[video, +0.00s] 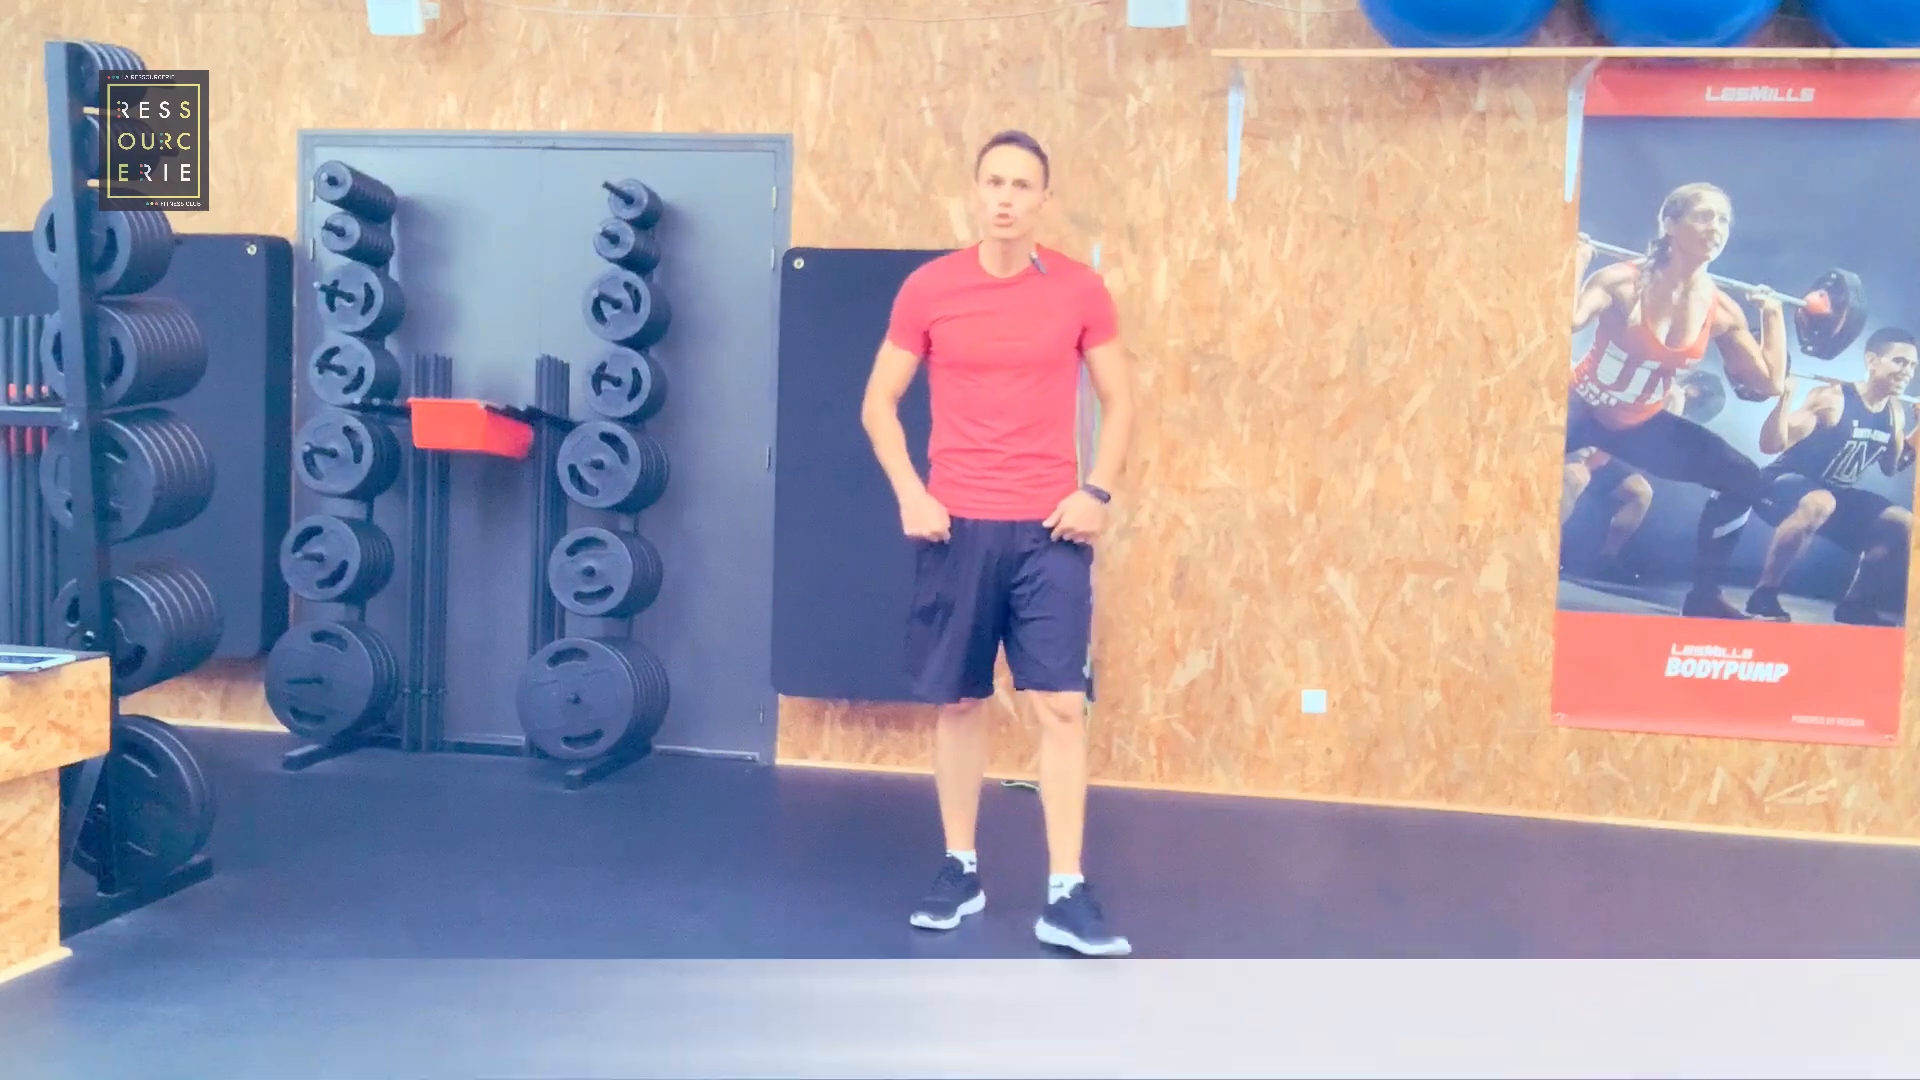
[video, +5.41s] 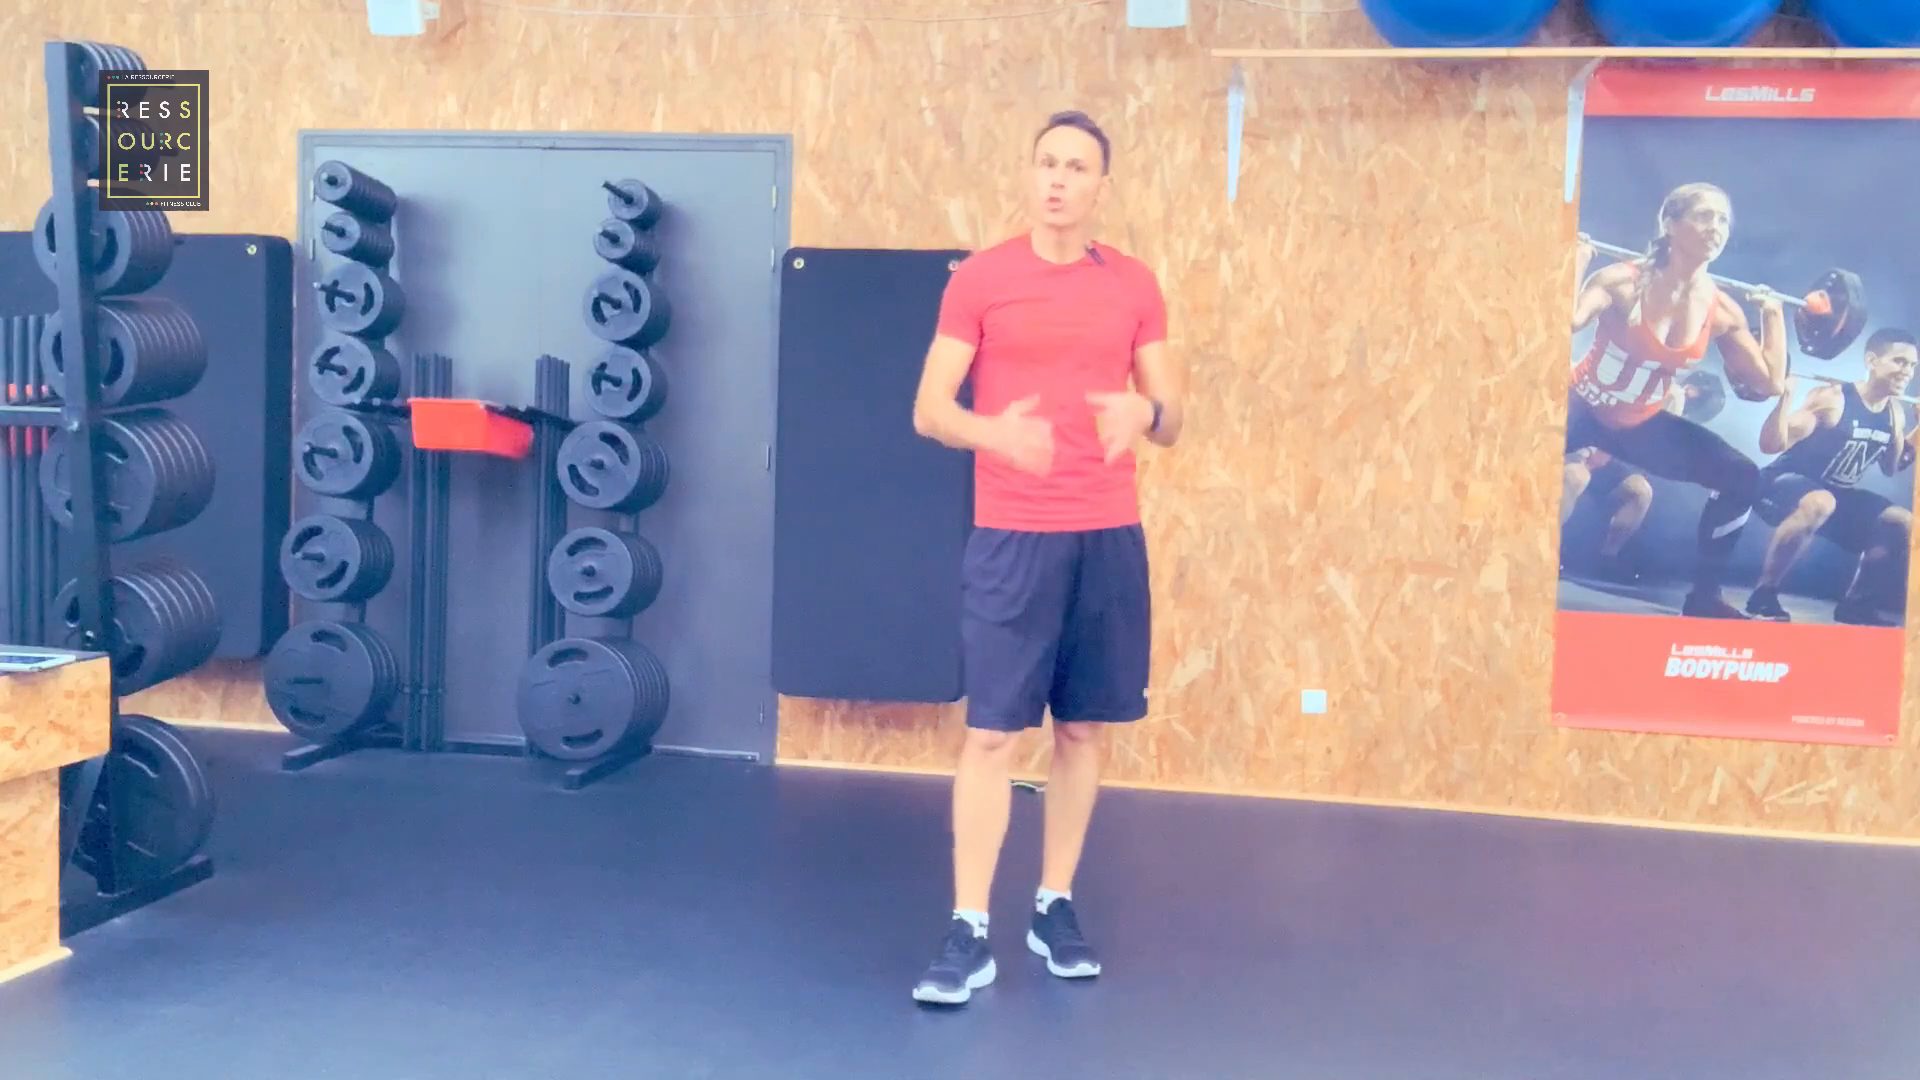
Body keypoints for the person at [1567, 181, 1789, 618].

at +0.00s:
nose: (1716, 228)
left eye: (1724, 220)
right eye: (1704, 216)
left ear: (1729, 233)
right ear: (1670, 224)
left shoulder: (1721, 310)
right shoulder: (1620, 279)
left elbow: (1769, 385)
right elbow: (1558, 326)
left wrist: (1773, 312)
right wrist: (1572, 268)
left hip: (1645, 425)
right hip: (1579, 409)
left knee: (1742, 478)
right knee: (1510, 452)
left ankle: (1705, 597)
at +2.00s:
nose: (1717, 228)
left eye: (1724, 220)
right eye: (1705, 216)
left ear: (1728, 233)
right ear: (1670, 224)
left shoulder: (1722, 311)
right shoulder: (1620, 279)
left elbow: (1769, 386)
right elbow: (1558, 325)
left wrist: (1773, 313)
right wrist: (1572, 269)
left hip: (1645, 425)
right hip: (1579, 410)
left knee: (1742, 477)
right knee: (1514, 450)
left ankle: (1705, 597)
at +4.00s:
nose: (1716, 228)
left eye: (1724, 220)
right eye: (1704, 216)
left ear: (1728, 232)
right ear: (1670, 224)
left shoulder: (1722, 311)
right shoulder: (1620, 279)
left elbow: (1769, 386)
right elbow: (1559, 325)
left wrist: (1773, 313)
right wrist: (1572, 268)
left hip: (1644, 425)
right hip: (1579, 410)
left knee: (1742, 478)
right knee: (1510, 453)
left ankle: (1705, 598)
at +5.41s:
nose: (1716, 228)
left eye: (1724, 220)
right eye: (1704, 216)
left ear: (1728, 233)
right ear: (1671, 224)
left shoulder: (1722, 311)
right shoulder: (1620, 280)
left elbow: (1770, 385)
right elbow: (1557, 327)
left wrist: (1773, 312)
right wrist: (1572, 269)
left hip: (1645, 424)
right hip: (1579, 409)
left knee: (1741, 477)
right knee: (1513, 451)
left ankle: (1705, 597)